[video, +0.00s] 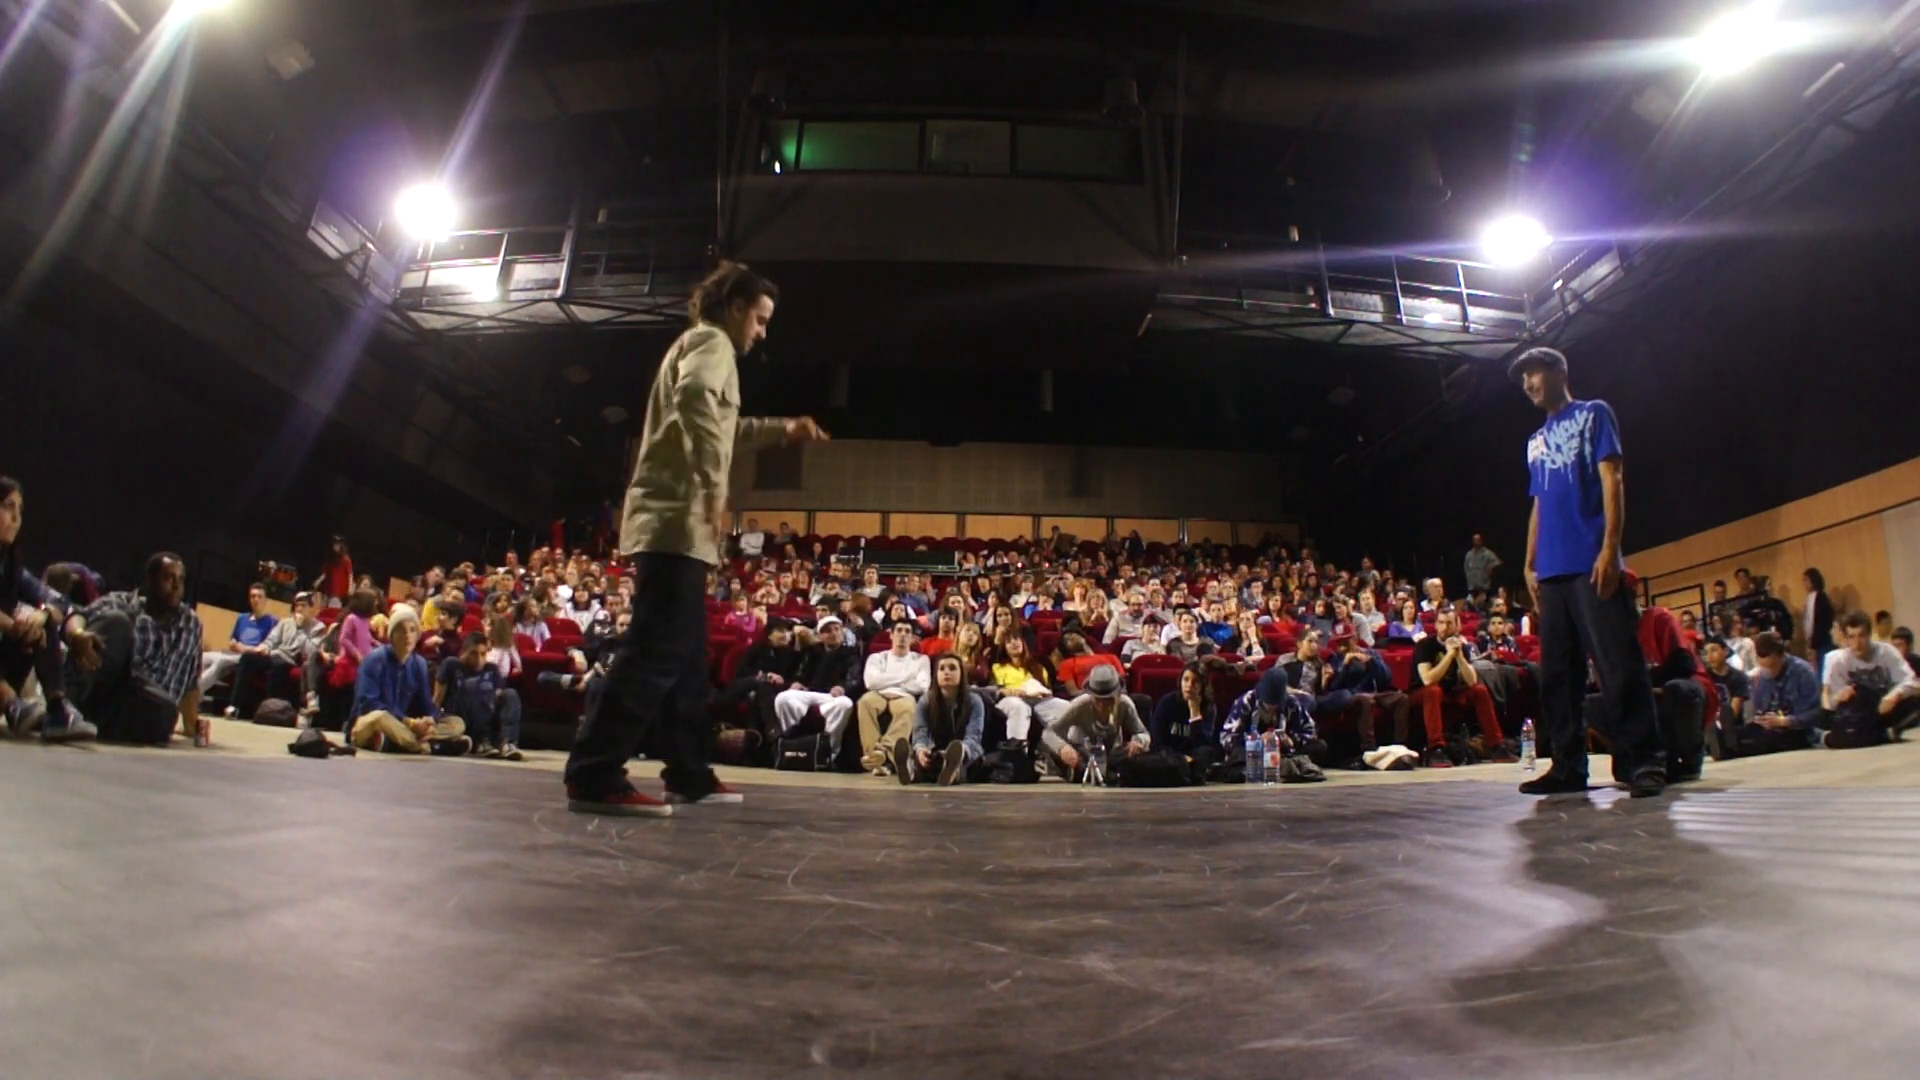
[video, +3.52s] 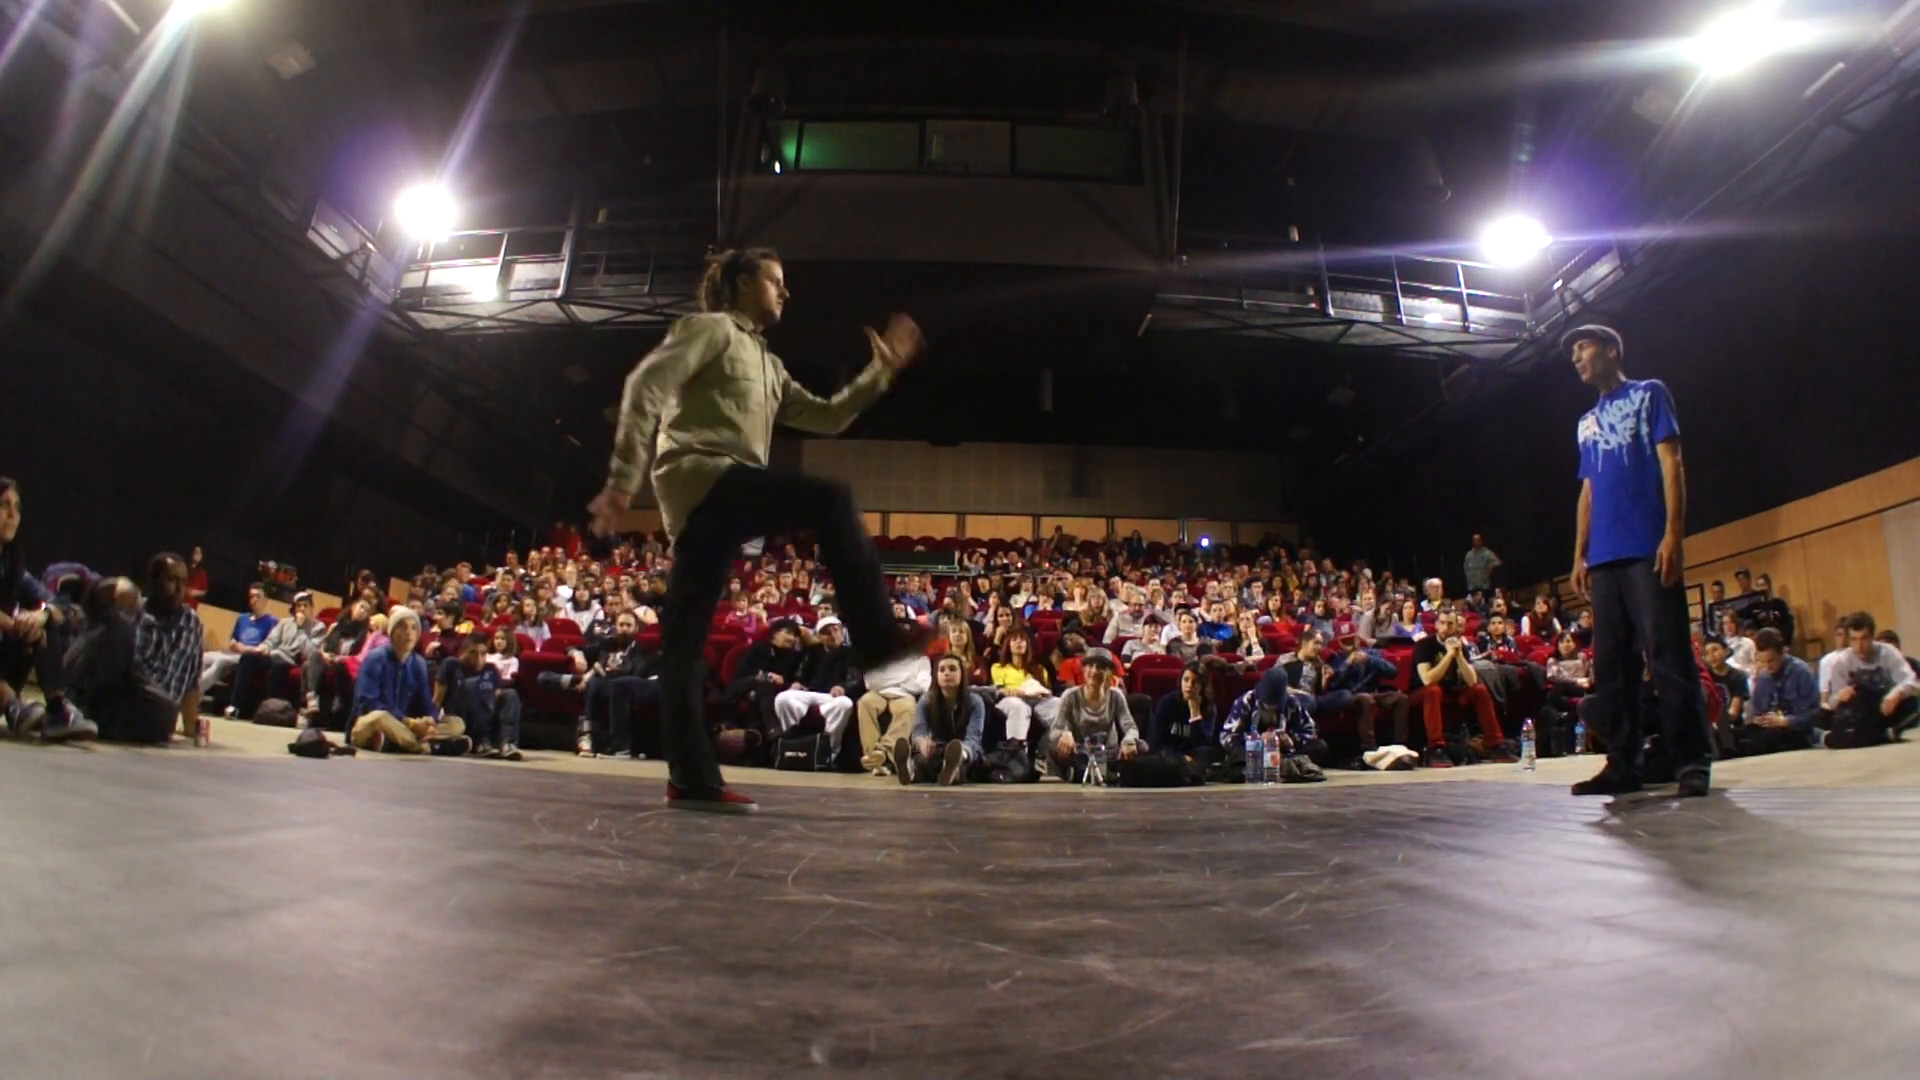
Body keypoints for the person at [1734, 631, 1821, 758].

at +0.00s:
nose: (1767, 671)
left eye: (1770, 666)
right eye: (1763, 667)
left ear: (1779, 656)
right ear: (1759, 662)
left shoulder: (1803, 672)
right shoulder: (1762, 677)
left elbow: (1814, 714)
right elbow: (1757, 711)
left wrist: (1783, 721)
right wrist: (1762, 720)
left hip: (1798, 732)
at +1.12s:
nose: (1771, 660)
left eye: (1775, 653)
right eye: (1765, 655)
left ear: (1784, 650)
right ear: (1759, 656)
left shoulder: (1803, 671)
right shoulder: (1761, 676)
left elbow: (1817, 711)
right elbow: (1757, 709)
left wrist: (1783, 721)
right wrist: (1763, 720)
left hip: (1799, 731)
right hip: (1769, 731)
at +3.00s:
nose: (1769, 662)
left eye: (1773, 656)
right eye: (1764, 658)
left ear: (1784, 651)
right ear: (1760, 657)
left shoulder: (1801, 671)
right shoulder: (1762, 676)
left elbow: (1812, 713)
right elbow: (1756, 711)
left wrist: (1784, 721)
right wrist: (1759, 719)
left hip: (1798, 732)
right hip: (1767, 731)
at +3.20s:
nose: (1767, 666)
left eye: (1771, 660)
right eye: (1763, 661)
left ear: (1782, 653)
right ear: (1759, 659)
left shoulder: (1801, 672)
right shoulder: (1762, 676)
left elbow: (1812, 712)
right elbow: (1758, 711)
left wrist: (1784, 721)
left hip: (1798, 731)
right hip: (1769, 729)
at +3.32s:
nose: (1767, 666)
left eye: (1771, 661)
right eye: (1763, 662)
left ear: (1782, 653)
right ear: (1758, 658)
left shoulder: (1801, 672)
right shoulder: (1762, 676)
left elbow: (1812, 713)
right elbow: (1758, 711)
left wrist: (1784, 721)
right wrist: (1761, 720)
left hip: (1798, 731)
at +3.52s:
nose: (1767, 667)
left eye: (1771, 661)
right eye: (1763, 662)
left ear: (1783, 653)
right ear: (1758, 658)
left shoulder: (1801, 672)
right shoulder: (1763, 676)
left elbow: (1813, 713)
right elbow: (1758, 711)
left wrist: (1784, 721)